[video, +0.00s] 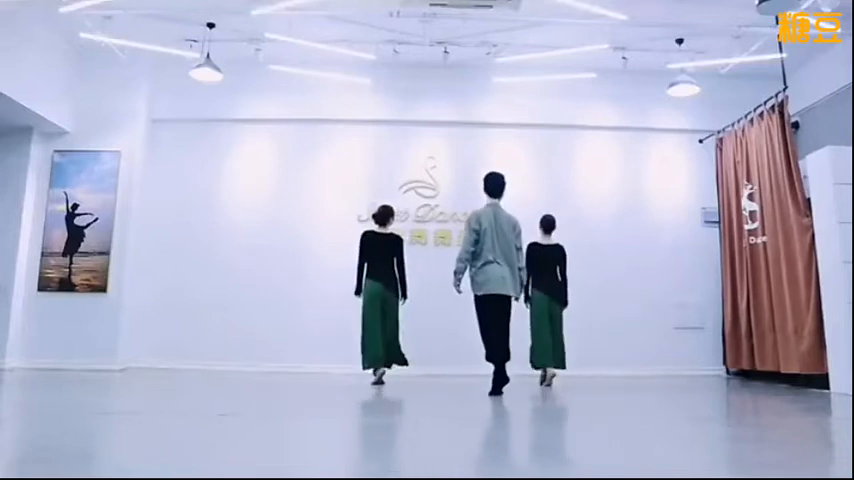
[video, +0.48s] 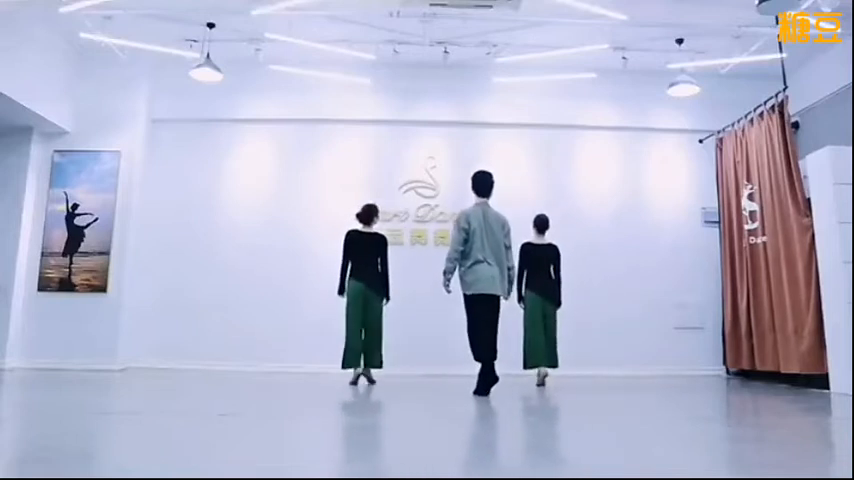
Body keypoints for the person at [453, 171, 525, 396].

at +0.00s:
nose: (489, 191)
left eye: (486, 187)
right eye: (497, 187)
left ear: (484, 189)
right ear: (503, 190)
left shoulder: (476, 218)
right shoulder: (512, 222)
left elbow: (467, 250)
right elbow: (519, 257)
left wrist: (458, 273)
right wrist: (521, 284)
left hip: (482, 281)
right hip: (507, 281)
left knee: (488, 327)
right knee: (502, 327)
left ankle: (500, 370)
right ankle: (498, 377)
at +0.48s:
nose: (480, 190)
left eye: (475, 186)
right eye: (486, 186)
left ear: (472, 188)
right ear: (491, 189)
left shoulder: (465, 217)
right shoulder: (501, 220)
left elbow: (456, 249)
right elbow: (509, 257)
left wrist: (448, 273)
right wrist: (509, 284)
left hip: (472, 281)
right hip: (495, 281)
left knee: (475, 327)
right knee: (490, 328)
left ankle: (489, 369)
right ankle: (484, 380)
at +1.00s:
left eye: (465, 186)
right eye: (476, 186)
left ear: (462, 188)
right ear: (482, 189)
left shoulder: (454, 216)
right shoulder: (491, 220)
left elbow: (445, 249)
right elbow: (498, 256)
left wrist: (435, 272)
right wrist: (499, 284)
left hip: (460, 283)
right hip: (484, 284)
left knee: (463, 328)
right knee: (478, 327)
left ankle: (474, 371)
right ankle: (474, 374)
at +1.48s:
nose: (464, 193)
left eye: (457, 189)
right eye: (467, 188)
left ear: (452, 191)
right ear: (471, 192)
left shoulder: (444, 220)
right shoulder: (481, 221)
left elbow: (433, 252)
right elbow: (490, 256)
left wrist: (423, 275)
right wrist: (492, 284)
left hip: (454, 288)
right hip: (478, 286)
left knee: (461, 331)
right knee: (476, 330)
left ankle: (479, 372)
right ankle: (476, 377)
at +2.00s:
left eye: (419, 192)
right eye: (430, 192)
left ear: (417, 194)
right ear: (437, 195)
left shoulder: (408, 220)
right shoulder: (444, 226)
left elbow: (397, 251)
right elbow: (444, 260)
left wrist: (383, 274)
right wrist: (439, 282)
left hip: (410, 291)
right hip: (436, 291)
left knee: (402, 338)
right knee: (444, 331)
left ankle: (404, 385)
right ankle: (451, 374)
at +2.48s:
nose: (388, 205)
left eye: (388, 201)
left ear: (387, 203)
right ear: (406, 205)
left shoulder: (380, 231)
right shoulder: (416, 236)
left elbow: (364, 262)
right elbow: (416, 267)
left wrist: (352, 286)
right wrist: (404, 289)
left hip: (378, 298)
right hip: (402, 300)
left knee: (373, 342)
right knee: (379, 344)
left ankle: (397, 379)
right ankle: (359, 380)